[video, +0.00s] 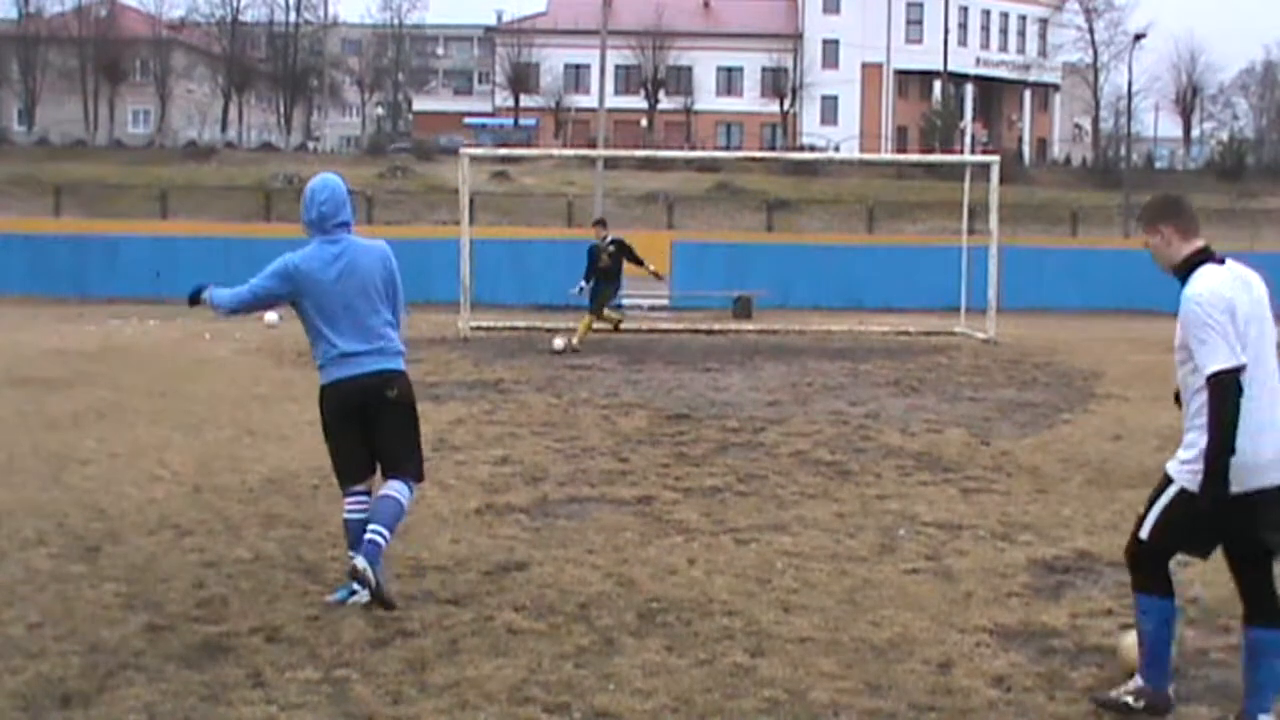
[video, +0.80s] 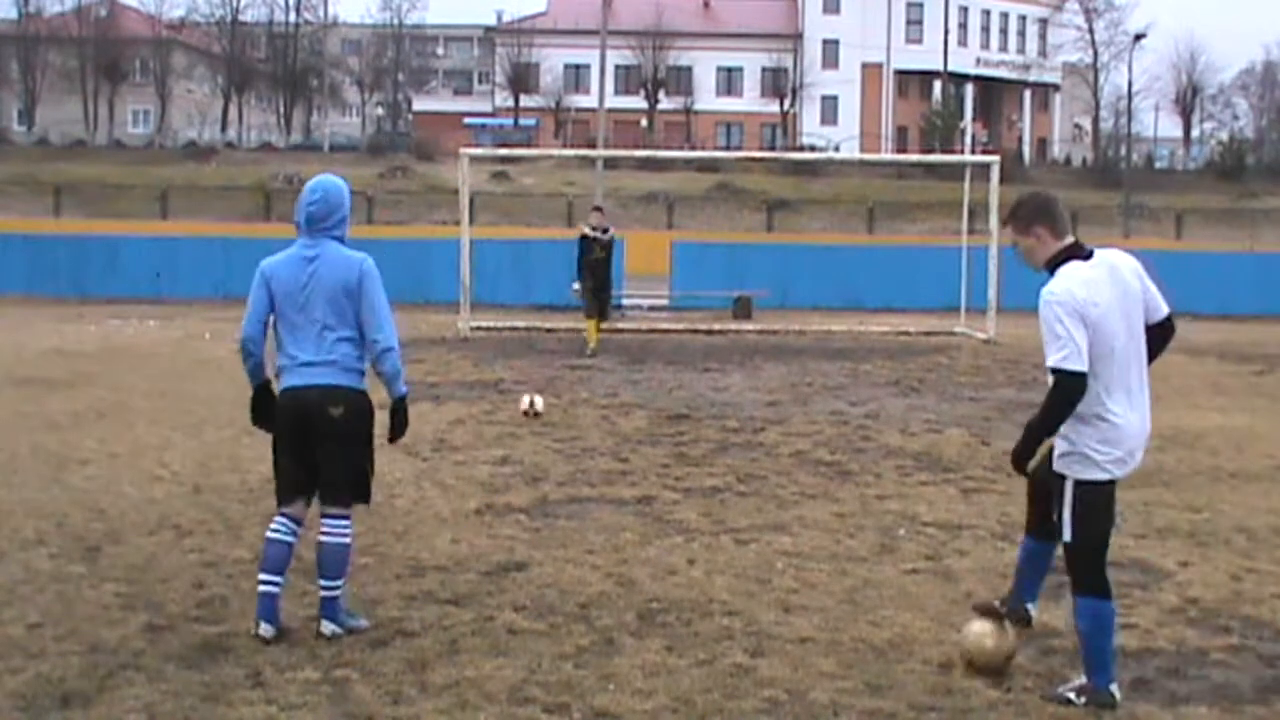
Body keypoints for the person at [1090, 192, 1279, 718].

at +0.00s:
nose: (1150, 255)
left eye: (1148, 244)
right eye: (1147, 245)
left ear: (1165, 235)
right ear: (1194, 232)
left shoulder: (1201, 294)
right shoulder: (1249, 280)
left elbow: (1224, 386)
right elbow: (1262, 364)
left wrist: (1213, 478)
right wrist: (1193, 388)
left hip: (1210, 469)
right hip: (1262, 470)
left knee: (1145, 553)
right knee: (1258, 581)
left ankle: (1152, 684)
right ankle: (1262, 705)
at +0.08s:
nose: (1124, 258)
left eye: (1122, 248)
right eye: (1121, 249)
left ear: (1137, 240)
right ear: (1172, 235)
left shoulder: (1168, 300)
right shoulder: (1226, 277)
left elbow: (1192, 386)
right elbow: (1258, 348)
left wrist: (1175, 477)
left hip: (1192, 471)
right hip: (1248, 465)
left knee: (1135, 559)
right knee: (1229, 564)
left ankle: (1110, 681)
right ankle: (1257, 701)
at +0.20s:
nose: (1090, 260)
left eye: (1088, 251)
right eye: (1088, 251)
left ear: (1098, 248)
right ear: (1136, 239)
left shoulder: (1122, 308)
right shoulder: (1193, 279)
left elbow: (1133, 398)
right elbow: (1232, 351)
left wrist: (1107, 480)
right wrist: (1183, 382)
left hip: (1157, 470)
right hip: (1216, 461)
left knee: (1107, 560)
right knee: (1207, 546)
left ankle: (1100, 684)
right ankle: (1246, 653)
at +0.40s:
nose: (1055, 246)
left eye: (1054, 239)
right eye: (1056, 238)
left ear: (1063, 238)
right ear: (1101, 228)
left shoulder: (1087, 299)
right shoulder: (1159, 272)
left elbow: (1087, 388)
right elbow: (1194, 348)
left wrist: (1029, 447)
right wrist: (1155, 392)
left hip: (1122, 455)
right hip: (1177, 442)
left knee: (1090, 556)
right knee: (1168, 523)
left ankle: (1099, 684)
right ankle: (1183, 630)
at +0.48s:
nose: (1043, 246)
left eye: (1042, 237)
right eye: (1043, 237)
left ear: (1053, 235)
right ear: (1088, 226)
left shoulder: (1077, 297)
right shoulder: (1148, 267)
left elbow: (1080, 384)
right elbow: (1185, 343)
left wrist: (1016, 434)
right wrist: (1135, 379)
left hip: (1115, 450)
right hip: (1168, 437)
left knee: (1090, 560)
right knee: (1148, 519)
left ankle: (1100, 685)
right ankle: (1144, 621)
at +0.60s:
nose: (1028, 249)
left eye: (1027, 239)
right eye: (1026, 240)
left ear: (1042, 236)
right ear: (1072, 226)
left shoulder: (1061, 297)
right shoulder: (1132, 260)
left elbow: (1068, 384)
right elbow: (1176, 330)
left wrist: (1014, 437)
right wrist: (1128, 368)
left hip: (1109, 447)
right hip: (1159, 431)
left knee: (1093, 561)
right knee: (1101, 518)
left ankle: (1100, 683)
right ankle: (1087, 599)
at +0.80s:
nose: (1018, 255)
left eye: (1018, 244)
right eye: (1015, 245)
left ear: (1039, 235)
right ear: (1057, 231)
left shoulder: (1059, 294)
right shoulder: (1121, 261)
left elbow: (1070, 383)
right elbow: (1163, 327)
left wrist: (1028, 442)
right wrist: (1120, 375)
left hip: (1091, 441)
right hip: (1128, 429)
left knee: (1085, 563)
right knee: (1043, 490)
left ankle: (1100, 686)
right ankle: (1019, 604)